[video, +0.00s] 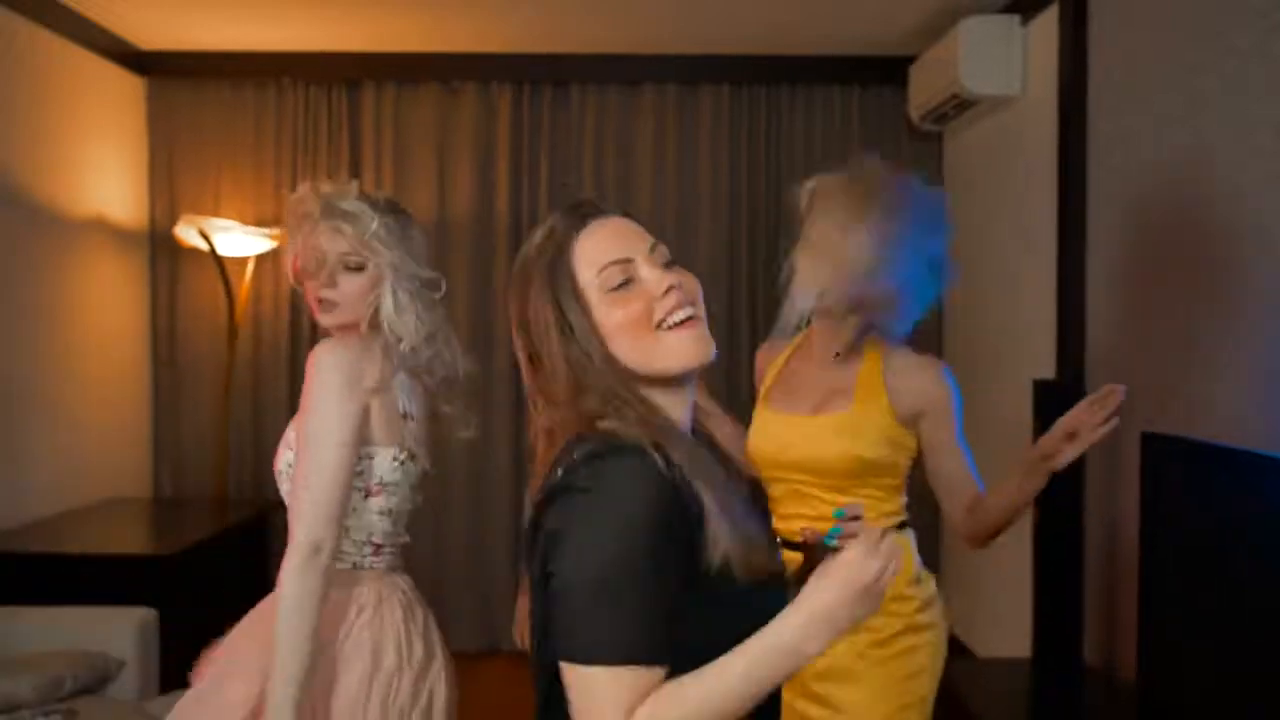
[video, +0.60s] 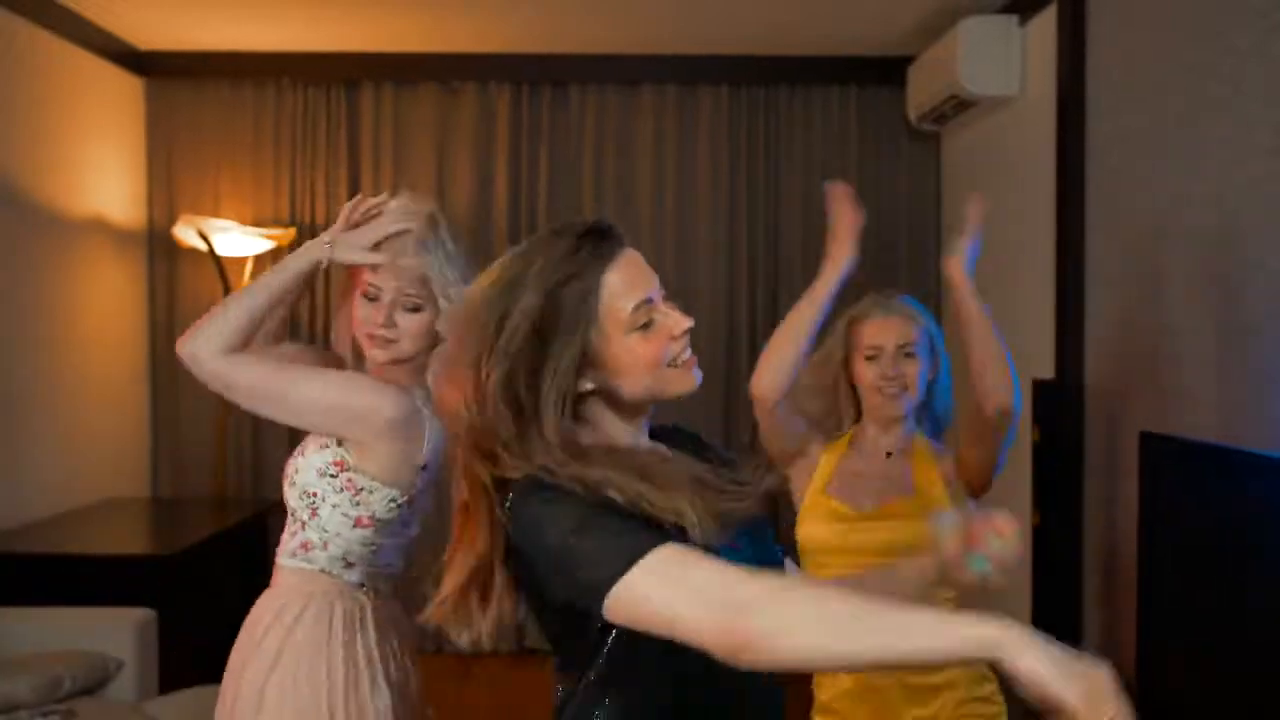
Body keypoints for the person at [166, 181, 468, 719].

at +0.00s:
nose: (322, 283)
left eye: (351, 267)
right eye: (312, 265)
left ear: (391, 275)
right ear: (298, 269)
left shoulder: (338, 360)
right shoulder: (404, 362)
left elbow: (311, 549)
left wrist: (282, 703)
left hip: (335, 629)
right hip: (396, 620)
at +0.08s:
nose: (315, 295)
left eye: (343, 277)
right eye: (305, 273)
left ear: (382, 285)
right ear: (289, 278)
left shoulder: (343, 384)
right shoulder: (392, 379)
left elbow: (347, 577)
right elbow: (383, 557)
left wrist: (285, 705)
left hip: (333, 636)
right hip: (387, 623)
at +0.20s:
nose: (316, 334)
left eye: (344, 316)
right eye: (303, 313)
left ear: (383, 326)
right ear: (287, 323)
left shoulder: (360, 424)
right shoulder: (373, 418)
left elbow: (346, 609)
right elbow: (310, 582)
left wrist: (187, 605)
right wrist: (231, 518)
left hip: (345, 679)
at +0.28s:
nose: (329, 344)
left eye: (353, 326)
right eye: (312, 325)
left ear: (388, 332)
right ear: (291, 336)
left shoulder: (371, 424)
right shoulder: (362, 418)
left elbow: (278, 596)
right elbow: (255, 539)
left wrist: (188, 473)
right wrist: (243, 443)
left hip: (350, 674)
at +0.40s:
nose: (343, 319)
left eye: (370, 300)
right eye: (327, 297)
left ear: (406, 308)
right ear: (309, 306)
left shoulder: (385, 401)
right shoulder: (349, 392)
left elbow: (209, 486)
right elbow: (216, 454)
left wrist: (238, 341)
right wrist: (247, 338)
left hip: (340, 644)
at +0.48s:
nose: (360, 308)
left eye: (385, 289)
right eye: (345, 288)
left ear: (423, 298)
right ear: (325, 291)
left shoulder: (389, 394)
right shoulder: (361, 382)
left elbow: (192, 420)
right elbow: (218, 386)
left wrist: (271, 287)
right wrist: (276, 282)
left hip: (333, 620)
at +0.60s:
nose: (382, 321)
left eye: (411, 306)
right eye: (371, 296)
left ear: (445, 321)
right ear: (352, 298)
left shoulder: (391, 410)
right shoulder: (395, 398)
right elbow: (247, 351)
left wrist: (315, 251)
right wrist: (315, 254)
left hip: (322, 627)